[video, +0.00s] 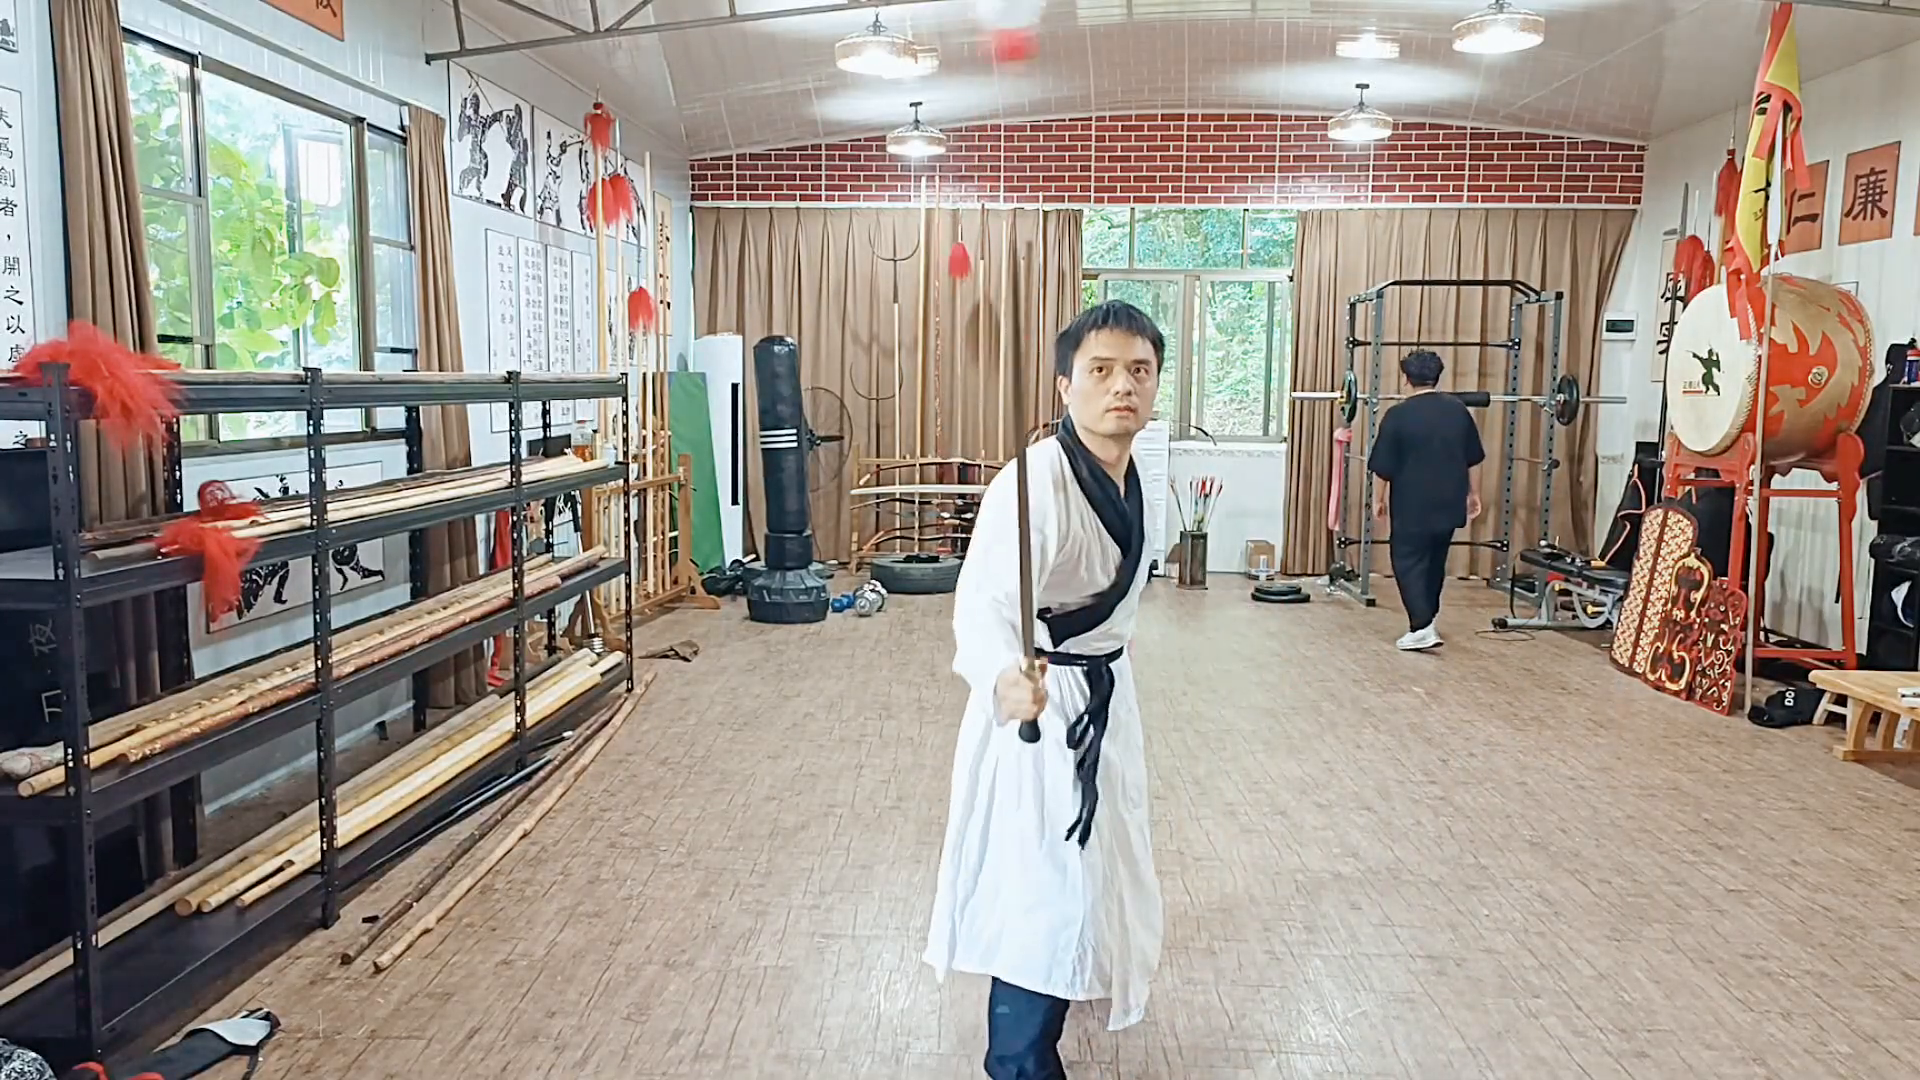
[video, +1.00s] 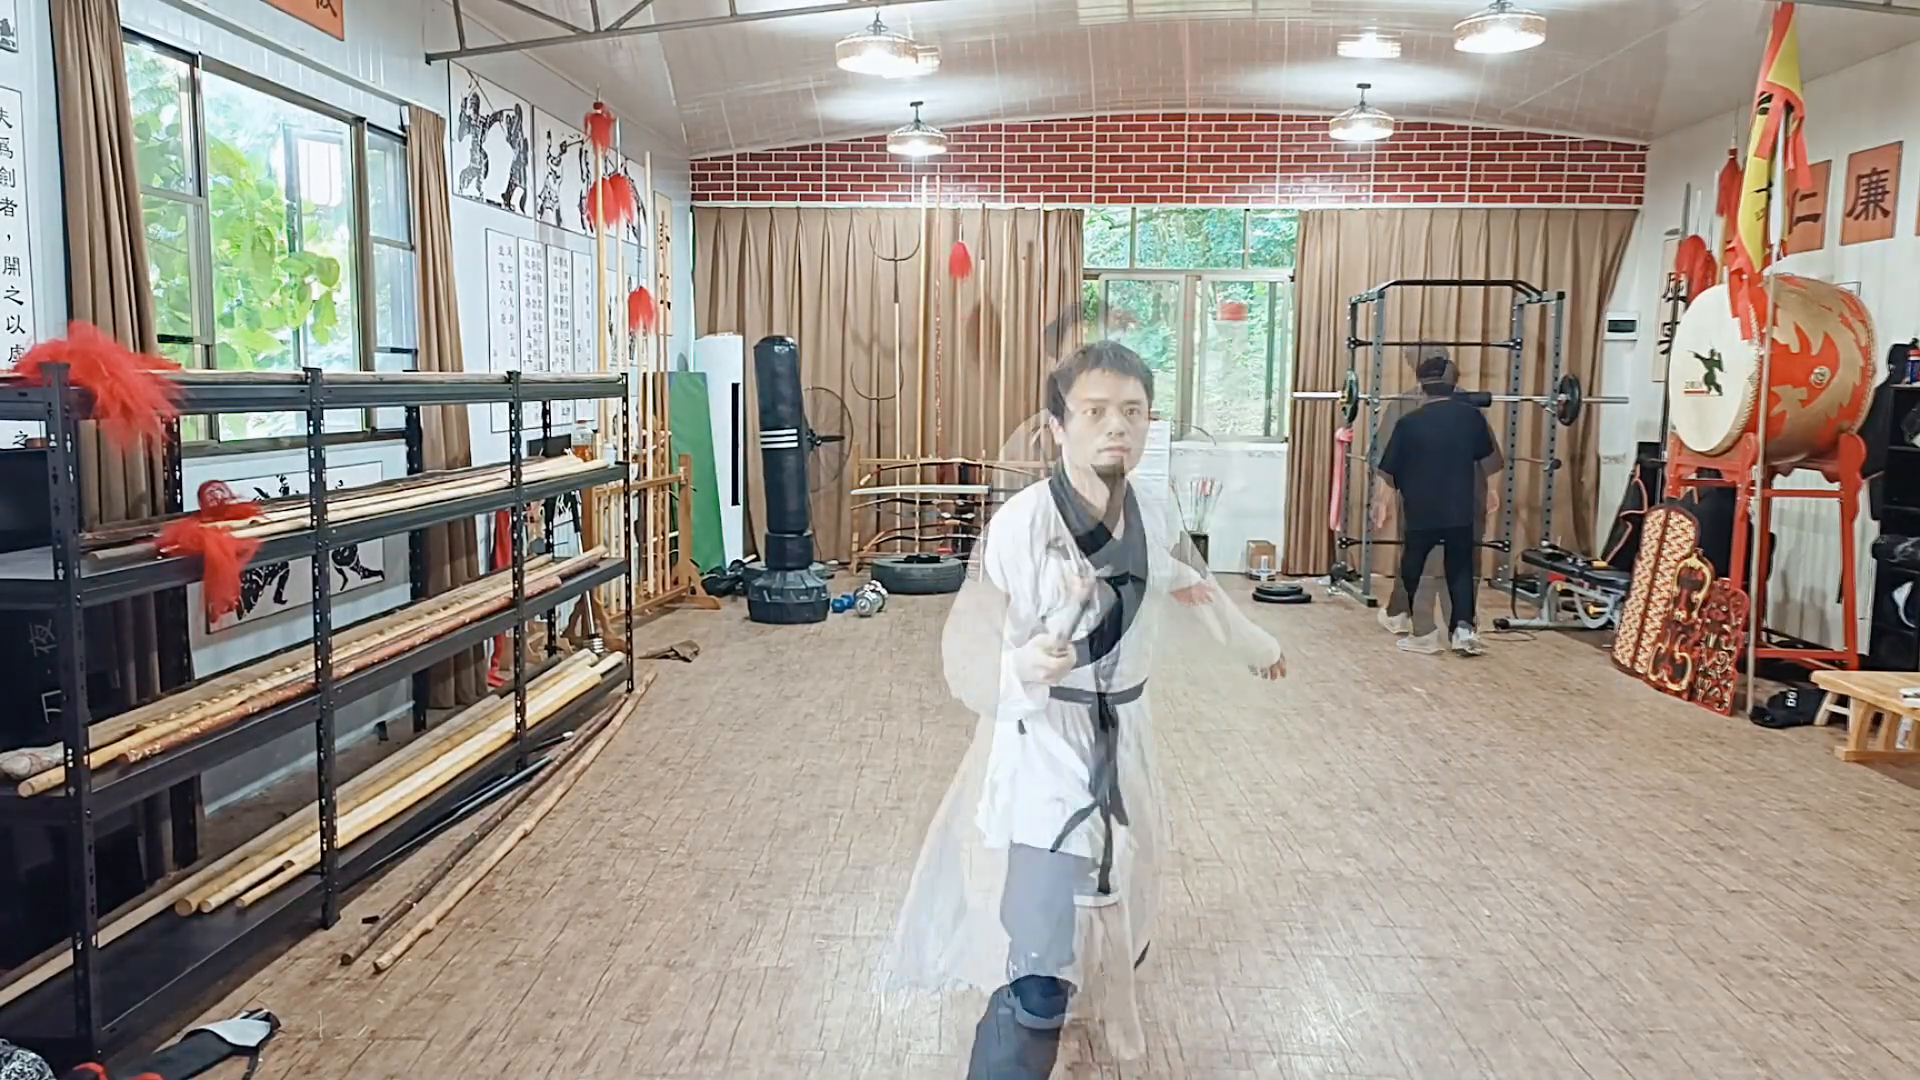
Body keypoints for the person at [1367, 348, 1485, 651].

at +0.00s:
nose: (1403, 380)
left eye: (1404, 376)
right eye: (1405, 376)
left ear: (1407, 379)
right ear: (1437, 377)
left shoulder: (1397, 414)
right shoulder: (1457, 408)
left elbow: (1382, 465)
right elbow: (1473, 457)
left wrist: (1380, 499)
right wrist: (1474, 491)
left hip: (1411, 505)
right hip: (1448, 503)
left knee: (1407, 563)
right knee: (1435, 562)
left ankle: (1422, 628)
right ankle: (1425, 623)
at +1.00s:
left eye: (1423, 383)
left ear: (1421, 387)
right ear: (1453, 384)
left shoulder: (1408, 423)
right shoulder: (1470, 416)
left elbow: (1388, 472)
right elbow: (1491, 462)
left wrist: (1381, 506)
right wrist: (1489, 490)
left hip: (1420, 513)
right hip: (1460, 512)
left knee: (1412, 563)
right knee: (1460, 569)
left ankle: (1405, 609)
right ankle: (1463, 629)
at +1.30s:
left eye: (1444, 368)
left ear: (1443, 371)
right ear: (1477, 372)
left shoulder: (1431, 407)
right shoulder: (1494, 406)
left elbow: (1412, 460)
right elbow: (1509, 456)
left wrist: (1406, 496)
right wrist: (1511, 492)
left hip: (1436, 504)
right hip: (1480, 505)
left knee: (1428, 560)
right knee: (1471, 570)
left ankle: (1421, 623)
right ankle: (1463, 637)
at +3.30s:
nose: (1426, 366)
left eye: (1428, 363)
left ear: (1430, 367)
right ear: (1463, 369)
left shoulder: (1412, 404)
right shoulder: (1478, 404)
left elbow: (1391, 455)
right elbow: (1494, 454)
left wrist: (1386, 491)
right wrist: (1497, 492)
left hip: (1421, 507)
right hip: (1465, 507)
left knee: (1423, 571)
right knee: (1473, 567)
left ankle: (1428, 635)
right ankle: (1485, 633)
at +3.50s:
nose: (1438, 368)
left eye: (1440, 364)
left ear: (1442, 368)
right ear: (1475, 369)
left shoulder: (1425, 404)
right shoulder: (1490, 405)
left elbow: (1402, 456)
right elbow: (1503, 456)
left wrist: (1394, 493)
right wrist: (1507, 494)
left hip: (1430, 508)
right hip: (1474, 508)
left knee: (1429, 571)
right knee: (1476, 570)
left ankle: (1429, 634)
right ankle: (1486, 635)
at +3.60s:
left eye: (1444, 367)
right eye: (1488, 369)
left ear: (1448, 370)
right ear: (1483, 372)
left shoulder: (1430, 404)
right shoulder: (1495, 404)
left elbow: (1409, 457)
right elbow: (1509, 456)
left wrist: (1400, 495)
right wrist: (1510, 493)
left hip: (1434, 506)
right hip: (1478, 507)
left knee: (1432, 572)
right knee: (1480, 570)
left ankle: (1429, 634)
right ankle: (1486, 636)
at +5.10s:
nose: (1442, 370)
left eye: (1444, 366)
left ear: (1445, 369)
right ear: (1477, 371)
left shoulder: (1430, 404)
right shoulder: (1492, 405)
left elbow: (1408, 455)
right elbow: (1506, 455)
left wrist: (1401, 488)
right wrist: (1504, 491)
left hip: (1433, 505)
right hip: (1475, 506)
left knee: (1428, 568)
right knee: (1476, 568)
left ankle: (1423, 626)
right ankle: (1485, 633)